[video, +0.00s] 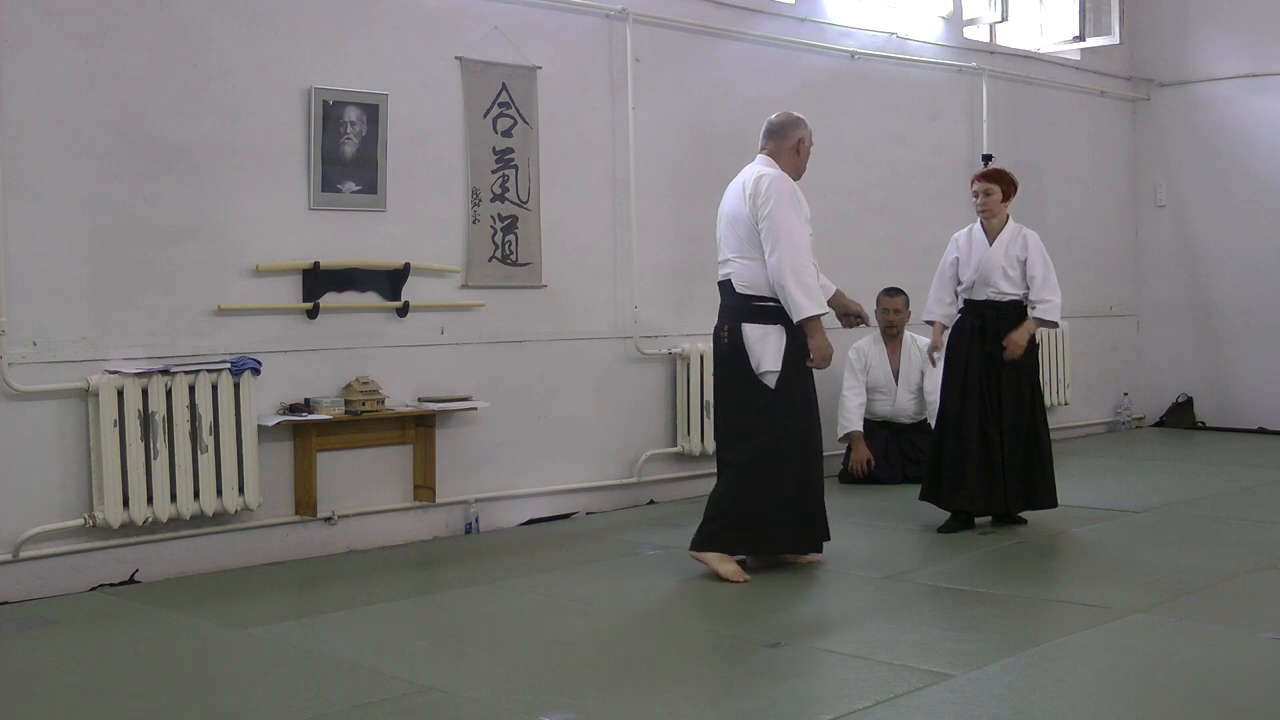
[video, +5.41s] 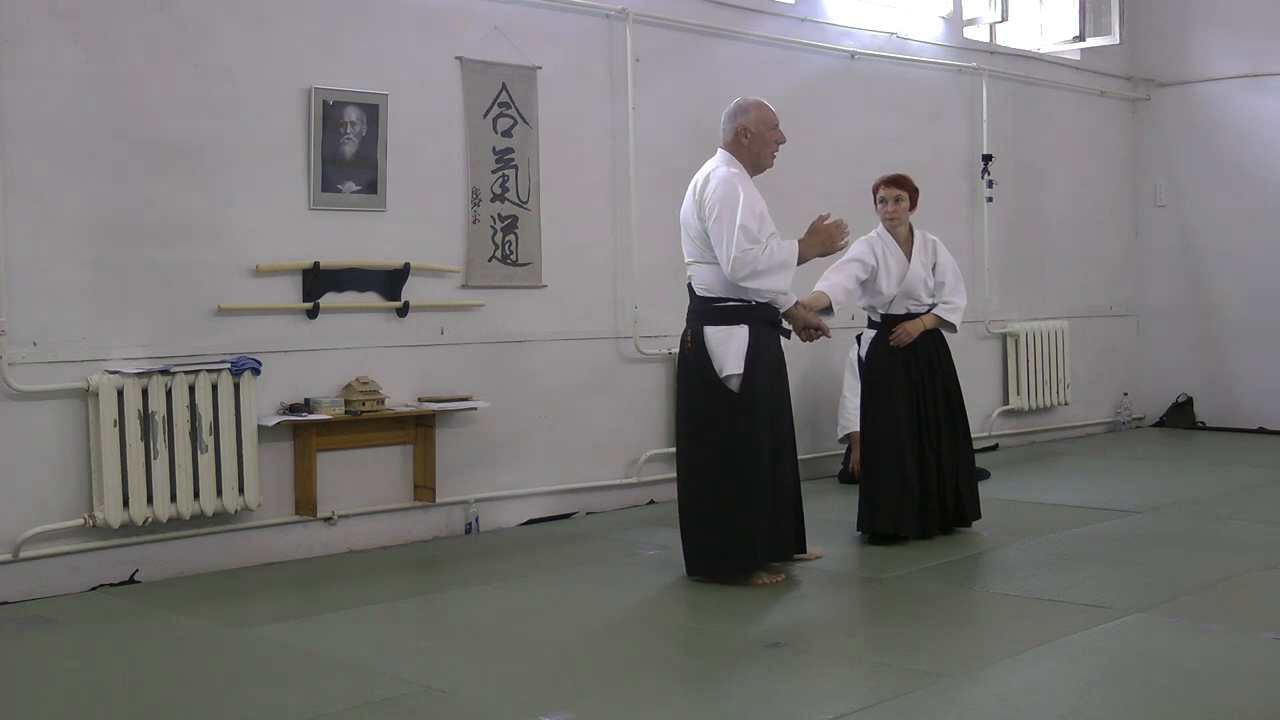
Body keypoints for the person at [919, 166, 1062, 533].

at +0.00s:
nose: (980, 200)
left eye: (988, 194)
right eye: (976, 195)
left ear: (1006, 198)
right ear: (972, 199)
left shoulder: (1025, 239)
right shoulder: (961, 239)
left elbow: (1047, 296)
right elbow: (945, 289)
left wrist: (1025, 330)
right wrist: (937, 331)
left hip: (1011, 330)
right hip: (969, 330)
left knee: (1010, 414)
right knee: (963, 414)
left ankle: (1006, 506)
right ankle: (963, 508)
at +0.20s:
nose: (977, 206)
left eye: (985, 200)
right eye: (973, 200)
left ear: (1004, 202)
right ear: (969, 203)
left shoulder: (1024, 244)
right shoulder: (960, 243)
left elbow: (1046, 298)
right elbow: (932, 287)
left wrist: (1007, 309)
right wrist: (910, 300)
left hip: (1010, 338)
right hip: (967, 336)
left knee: (1009, 419)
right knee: (953, 417)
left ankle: (1007, 507)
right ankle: (936, 507)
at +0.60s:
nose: (940, 208)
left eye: (948, 201)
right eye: (935, 201)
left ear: (966, 205)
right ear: (930, 206)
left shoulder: (985, 248)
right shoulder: (921, 243)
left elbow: (999, 304)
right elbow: (890, 277)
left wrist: (960, 307)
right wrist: (860, 297)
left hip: (969, 344)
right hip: (925, 345)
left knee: (979, 423)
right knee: (913, 426)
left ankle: (986, 509)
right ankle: (894, 515)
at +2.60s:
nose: (897, 206)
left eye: (905, 199)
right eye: (890, 200)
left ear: (920, 204)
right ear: (884, 206)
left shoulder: (936, 247)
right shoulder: (875, 245)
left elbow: (955, 304)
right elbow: (847, 278)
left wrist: (922, 322)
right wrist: (823, 302)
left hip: (928, 344)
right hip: (884, 345)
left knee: (938, 425)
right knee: (891, 431)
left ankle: (944, 513)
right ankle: (890, 520)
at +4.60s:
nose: (890, 207)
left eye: (898, 200)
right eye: (883, 202)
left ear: (913, 205)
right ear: (876, 208)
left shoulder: (932, 246)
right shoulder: (870, 247)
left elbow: (954, 299)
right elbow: (841, 279)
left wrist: (921, 324)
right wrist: (806, 303)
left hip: (928, 344)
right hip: (886, 347)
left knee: (936, 428)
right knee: (890, 432)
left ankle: (941, 515)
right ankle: (892, 521)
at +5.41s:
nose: (890, 208)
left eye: (898, 201)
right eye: (883, 202)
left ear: (912, 206)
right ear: (876, 208)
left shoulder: (931, 246)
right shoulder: (868, 248)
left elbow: (953, 301)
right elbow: (840, 281)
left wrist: (920, 324)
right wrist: (807, 304)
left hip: (928, 345)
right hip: (886, 347)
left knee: (936, 428)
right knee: (891, 432)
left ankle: (940, 515)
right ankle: (893, 521)